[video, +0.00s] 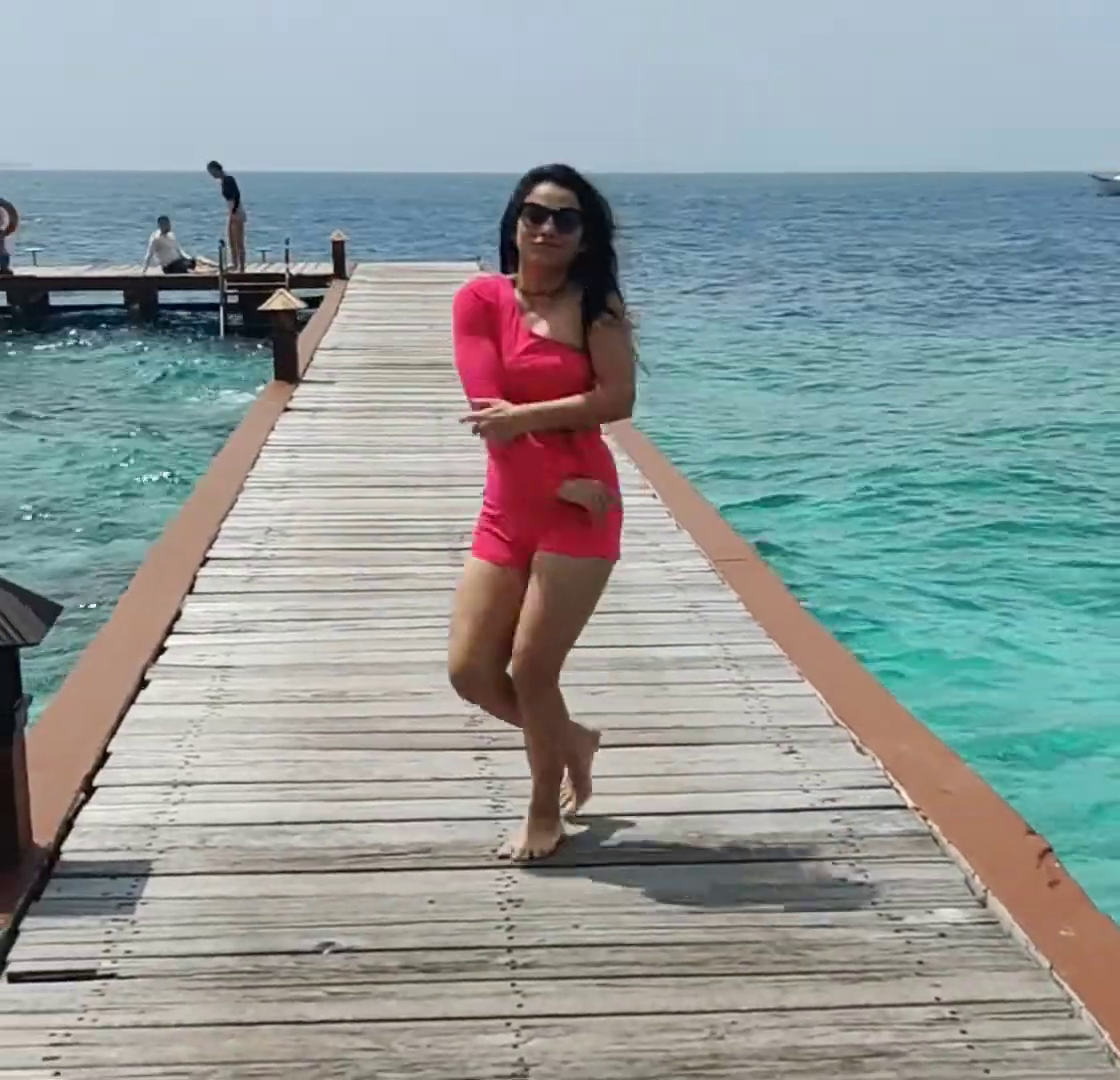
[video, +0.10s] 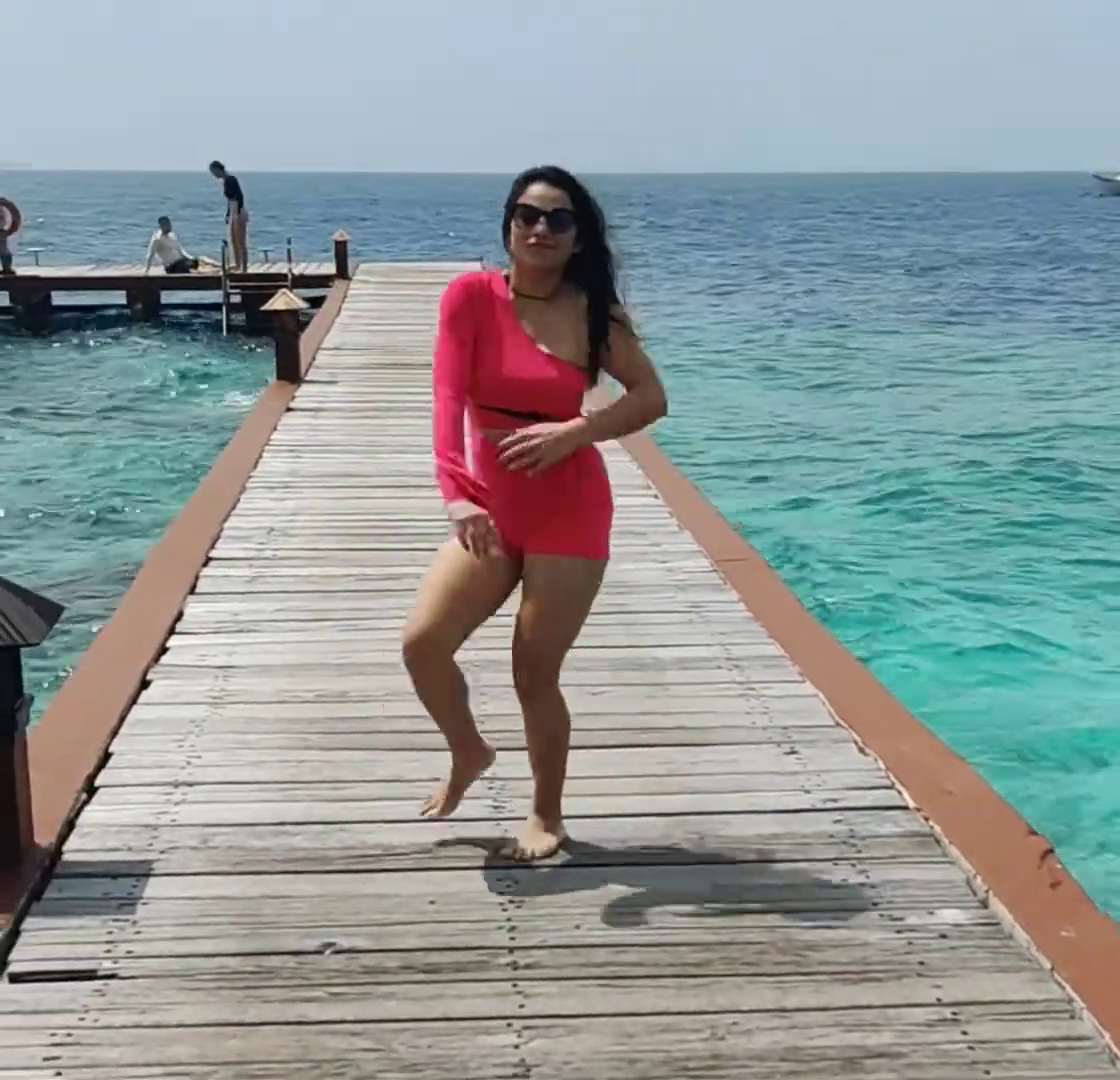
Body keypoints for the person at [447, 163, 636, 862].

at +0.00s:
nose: (549, 227)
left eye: (566, 218)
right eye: (535, 214)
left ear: (586, 233)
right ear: (515, 223)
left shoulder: (600, 310)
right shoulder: (479, 299)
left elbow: (618, 400)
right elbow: (488, 410)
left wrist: (526, 415)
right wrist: (557, 481)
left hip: (580, 513)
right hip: (506, 509)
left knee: (533, 670)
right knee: (470, 671)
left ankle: (543, 816)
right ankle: (573, 742)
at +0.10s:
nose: (542, 228)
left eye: (559, 219)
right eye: (528, 215)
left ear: (579, 234)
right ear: (508, 225)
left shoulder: (593, 315)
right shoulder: (469, 298)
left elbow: (651, 397)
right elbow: (448, 404)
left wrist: (575, 432)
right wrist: (456, 497)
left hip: (570, 508)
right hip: (489, 505)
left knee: (535, 669)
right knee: (422, 645)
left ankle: (547, 818)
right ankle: (467, 750)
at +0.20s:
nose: (527, 208)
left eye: (545, 197)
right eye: (513, 195)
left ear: (568, 213)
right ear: (494, 208)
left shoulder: (587, 295)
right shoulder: (455, 276)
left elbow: (672, 358)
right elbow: (391, 369)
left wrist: (628, 435)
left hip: (555, 502)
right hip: (468, 496)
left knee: (544, 664)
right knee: (401, 622)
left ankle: (550, 813)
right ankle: (381, 781)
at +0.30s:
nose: (502, 203)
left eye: (519, 192)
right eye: (489, 191)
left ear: (545, 206)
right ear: (471, 204)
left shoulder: (569, 289)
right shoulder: (437, 276)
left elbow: (673, 340)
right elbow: (342, 351)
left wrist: (680, 432)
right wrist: (258, 414)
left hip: (525, 490)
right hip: (438, 484)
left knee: (529, 671)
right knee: (380, 659)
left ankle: (547, 812)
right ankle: (338, 816)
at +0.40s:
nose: (476, 228)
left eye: (492, 215)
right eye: (461, 216)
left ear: (517, 229)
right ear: (444, 231)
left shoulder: (546, 314)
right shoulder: (415, 304)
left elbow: (638, 370)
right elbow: (323, 354)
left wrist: (736, 407)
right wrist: (229, 390)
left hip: (490, 518)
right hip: (404, 512)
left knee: (514, 698)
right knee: (370, 689)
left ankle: (542, 821)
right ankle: (336, 841)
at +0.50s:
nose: (461, 240)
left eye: (477, 227)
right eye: (447, 228)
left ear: (503, 242)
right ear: (429, 242)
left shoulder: (530, 334)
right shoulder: (398, 315)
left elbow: (625, 391)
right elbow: (311, 366)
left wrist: (728, 423)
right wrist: (220, 403)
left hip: (476, 535)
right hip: (387, 526)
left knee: (505, 708)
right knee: (364, 702)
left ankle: (549, 824)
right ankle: (344, 843)